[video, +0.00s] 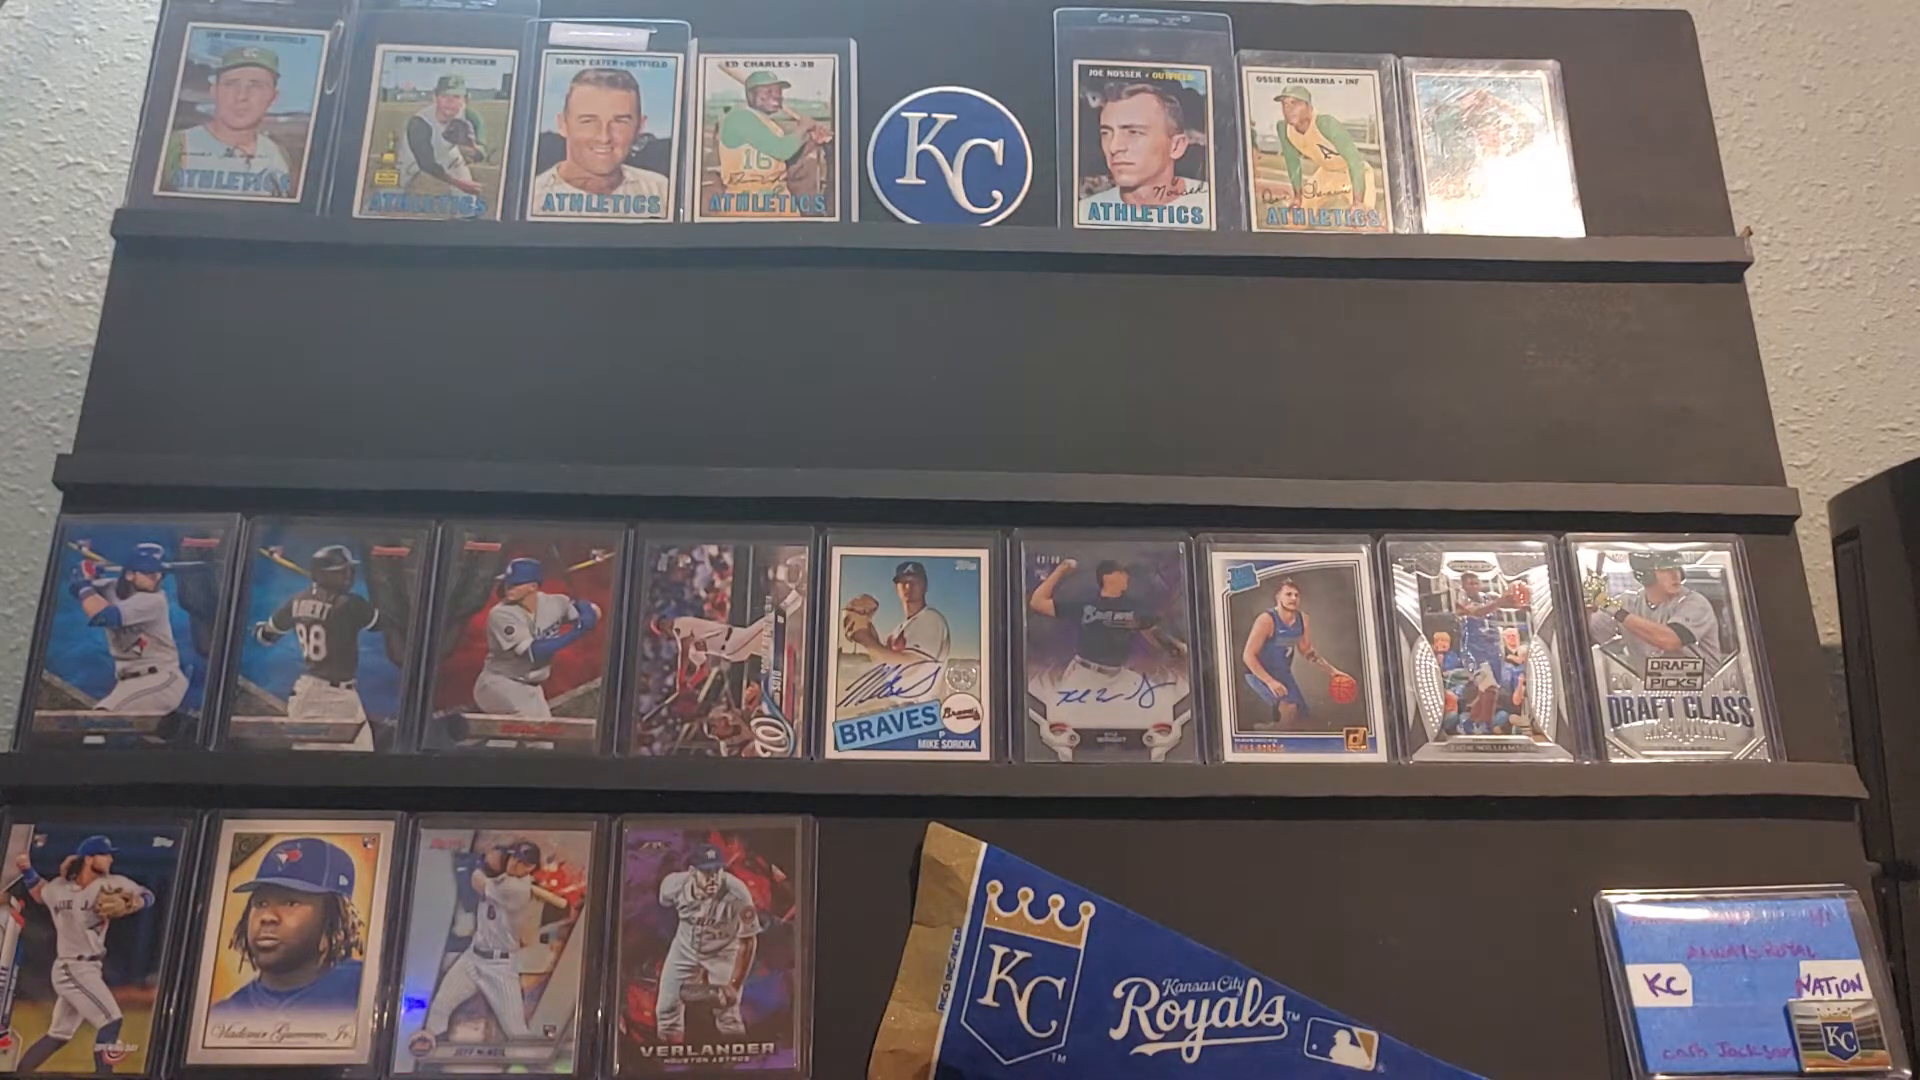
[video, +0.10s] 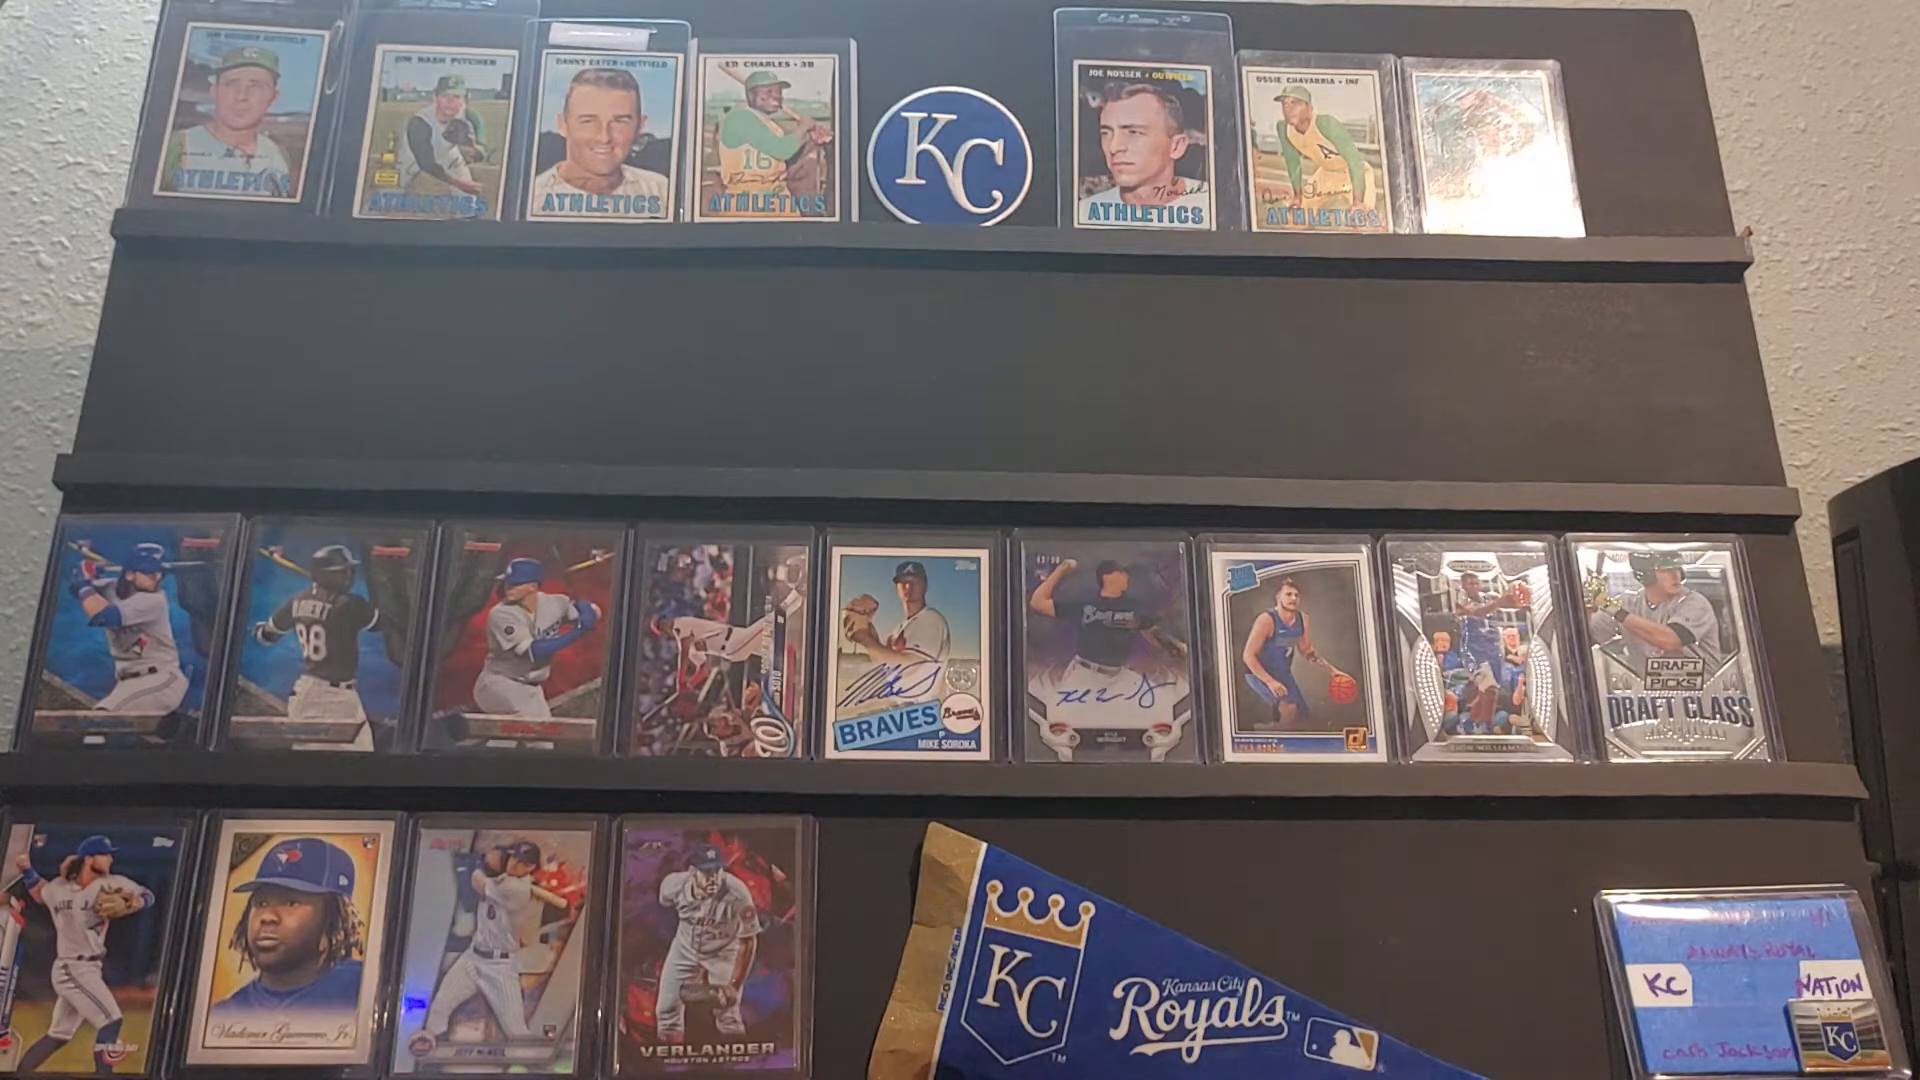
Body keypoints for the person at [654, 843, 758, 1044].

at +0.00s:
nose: (712, 878)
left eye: (716, 871)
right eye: (705, 872)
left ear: (722, 869)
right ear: (693, 870)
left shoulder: (738, 893)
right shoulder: (673, 886)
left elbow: (749, 941)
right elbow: (667, 910)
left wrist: (735, 985)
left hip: (724, 953)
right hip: (684, 948)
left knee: (727, 1015)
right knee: (666, 1009)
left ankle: (740, 1068)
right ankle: (673, 1071)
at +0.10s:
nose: (712, 878)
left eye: (716, 871)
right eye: (705, 872)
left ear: (722, 869)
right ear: (693, 870)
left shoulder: (738, 893)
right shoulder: (673, 885)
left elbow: (749, 941)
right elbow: (667, 910)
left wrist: (735, 985)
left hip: (724, 953)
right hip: (684, 948)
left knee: (727, 1015)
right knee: (666, 1009)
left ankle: (740, 1068)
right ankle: (673, 1071)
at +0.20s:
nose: (711, 878)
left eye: (716, 871)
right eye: (705, 872)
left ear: (722, 869)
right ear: (693, 870)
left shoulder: (738, 893)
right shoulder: (673, 886)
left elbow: (749, 942)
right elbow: (668, 909)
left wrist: (734, 985)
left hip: (724, 954)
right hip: (684, 947)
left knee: (727, 1015)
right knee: (666, 1009)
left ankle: (740, 1069)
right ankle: (673, 1069)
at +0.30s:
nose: (712, 878)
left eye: (716, 871)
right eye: (706, 872)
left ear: (722, 869)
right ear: (692, 870)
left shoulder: (738, 893)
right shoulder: (673, 886)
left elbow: (748, 941)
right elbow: (668, 909)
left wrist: (734, 985)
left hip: (724, 953)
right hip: (684, 947)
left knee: (727, 1015)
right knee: (666, 1009)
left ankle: (741, 1068)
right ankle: (673, 1069)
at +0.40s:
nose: (711, 878)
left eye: (716, 871)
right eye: (706, 872)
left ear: (722, 869)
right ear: (693, 870)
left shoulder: (738, 893)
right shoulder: (673, 885)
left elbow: (748, 941)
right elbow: (667, 907)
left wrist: (734, 985)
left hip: (724, 954)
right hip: (684, 947)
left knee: (727, 1014)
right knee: (666, 1009)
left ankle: (741, 1068)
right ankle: (674, 1069)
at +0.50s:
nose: (711, 878)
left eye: (716, 871)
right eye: (706, 872)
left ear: (722, 869)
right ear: (693, 870)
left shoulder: (738, 893)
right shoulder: (673, 885)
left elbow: (748, 941)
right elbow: (667, 907)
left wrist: (734, 985)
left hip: (724, 954)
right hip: (684, 947)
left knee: (727, 1014)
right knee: (666, 1009)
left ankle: (741, 1068)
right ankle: (674, 1069)